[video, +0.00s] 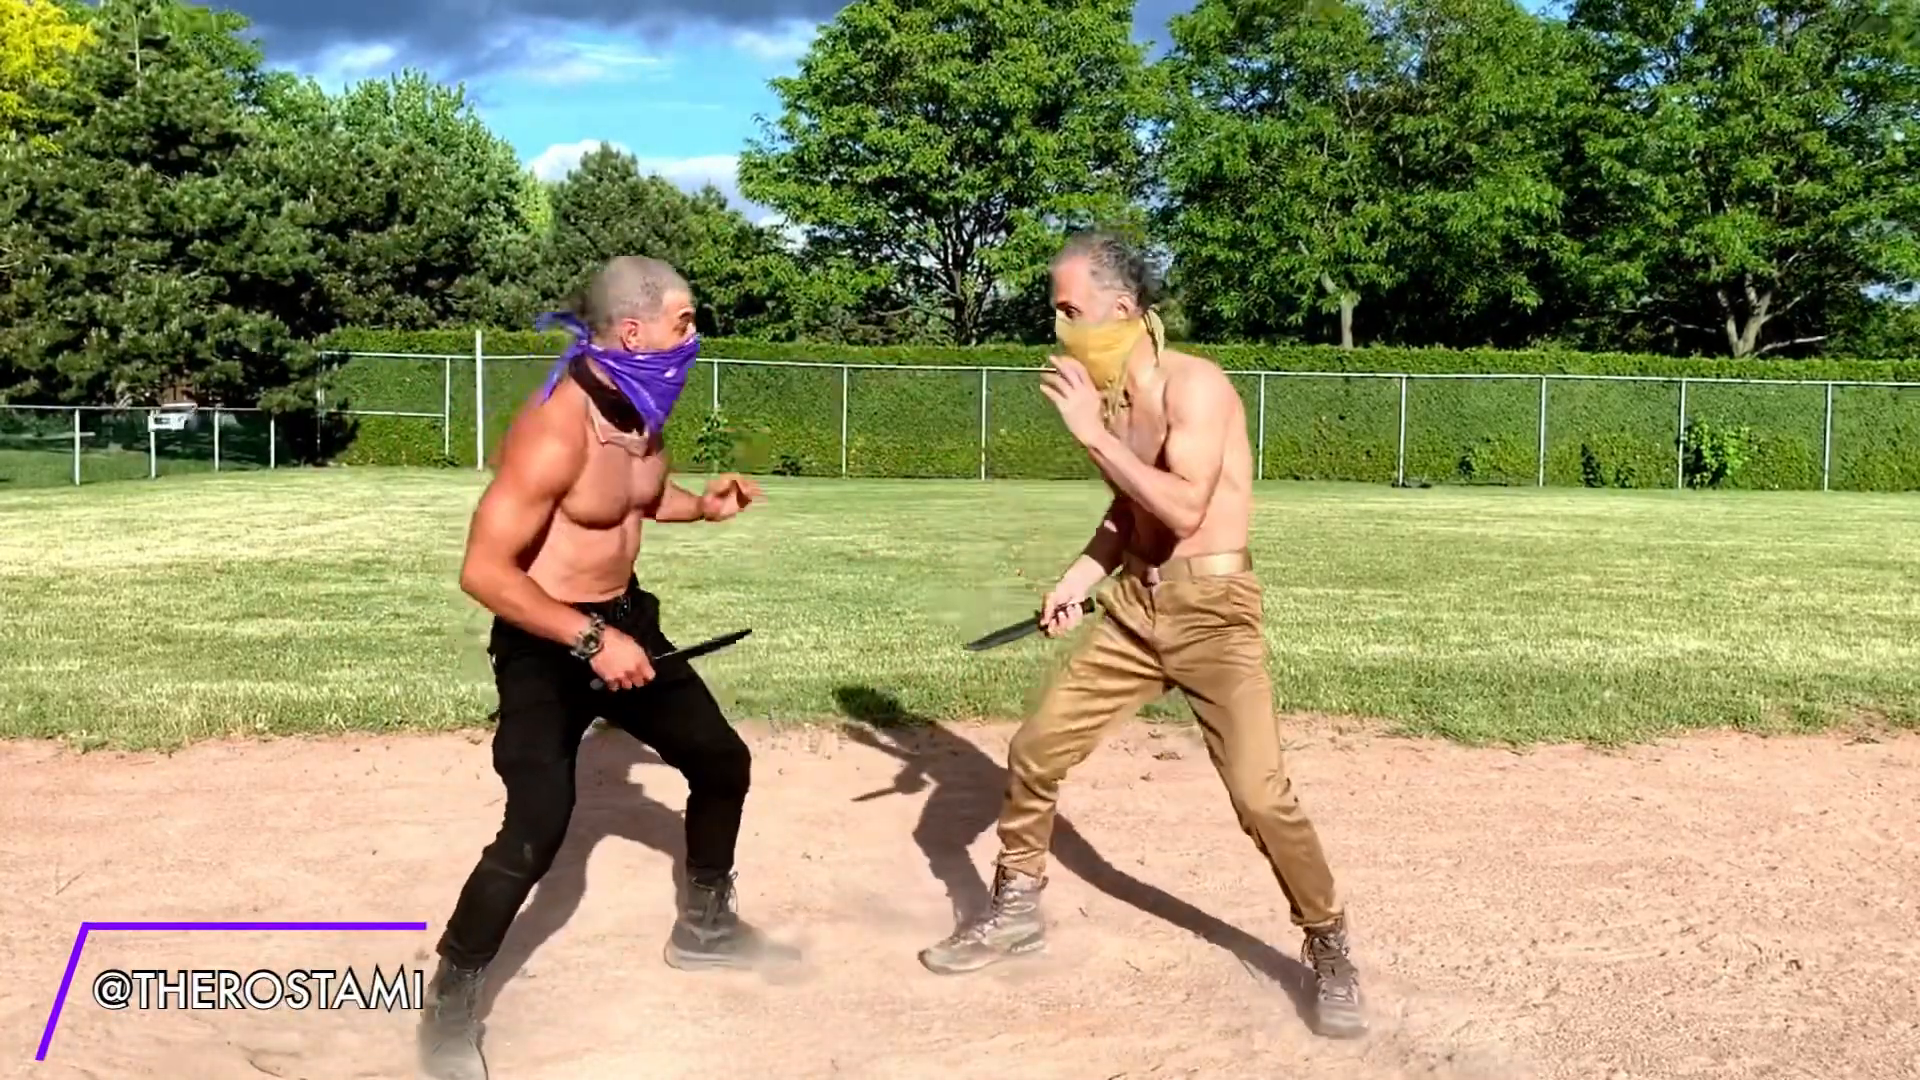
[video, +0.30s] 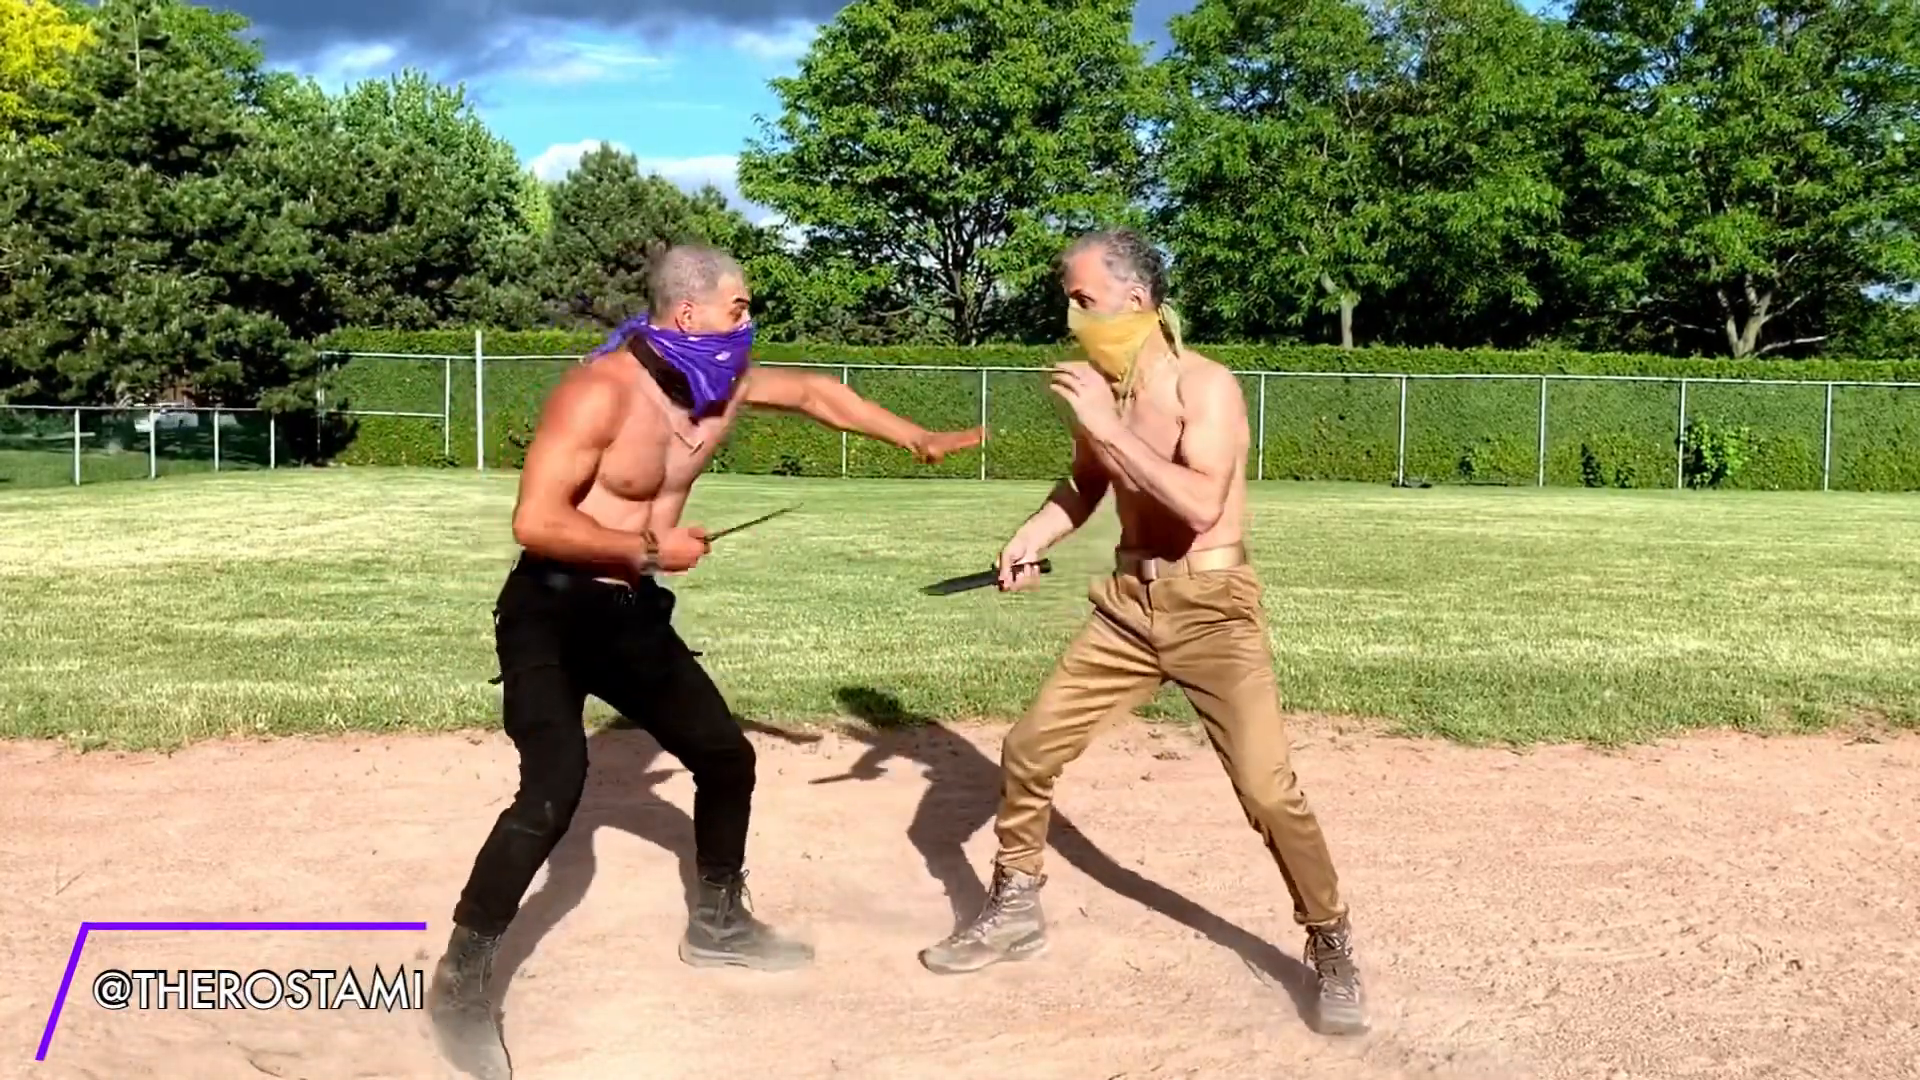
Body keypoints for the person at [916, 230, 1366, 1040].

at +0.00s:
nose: (1060, 325)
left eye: (1071, 308)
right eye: (1057, 310)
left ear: (1125, 307)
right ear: (1090, 313)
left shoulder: (1197, 385)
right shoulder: (1110, 403)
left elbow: (1185, 511)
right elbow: (1129, 512)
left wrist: (1093, 436)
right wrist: (1082, 574)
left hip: (1214, 612)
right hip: (1132, 607)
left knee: (1258, 797)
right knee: (1033, 755)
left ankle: (1330, 951)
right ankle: (1017, 911)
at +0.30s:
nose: (1076, 319)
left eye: (1086, 302)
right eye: (1071, 304)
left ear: (1139, 298)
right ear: (1098, 303)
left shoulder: (1209, 385)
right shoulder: (1104, 394)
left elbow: (1205, 504)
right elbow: (1082, 491)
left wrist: (1107, 432)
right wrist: (1030, 539)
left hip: (1215, 611)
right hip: (1127, 608)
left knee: (1267, 793)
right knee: (1028, 753)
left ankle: (1333, 952)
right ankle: (1016, 909)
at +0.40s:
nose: (1063, 319)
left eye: (1074, 304)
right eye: (1057, 305)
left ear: (1126, 301)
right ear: (1071, 305)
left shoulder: (1188, 385)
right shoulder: (1076, 395)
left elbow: (1187, 482)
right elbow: (1012, 472)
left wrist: (1095, 419)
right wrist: (928, 520)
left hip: (1210, 614)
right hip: (1133, 616)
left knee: (1257, 797)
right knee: (1041, 757)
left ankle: (1339, 941)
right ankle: (989, 909)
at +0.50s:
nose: (1045, 322)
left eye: (1058, 308)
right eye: (1044, 309)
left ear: (1111, 309)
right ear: (1078, 316)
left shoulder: (1153, 389)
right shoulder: (1099, 410)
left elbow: (1094, 432)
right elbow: (1088, 506)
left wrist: (1025, 366)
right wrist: (1020, 557)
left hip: (1191, 630)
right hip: (1119, 628)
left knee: (1245, 815)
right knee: (1009, 756)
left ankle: (1344, 948)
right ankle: (984, 913)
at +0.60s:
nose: (1038, 319)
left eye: (1046, 302)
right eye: (1036, 303)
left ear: (1094, 304)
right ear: (1092, 311)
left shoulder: (1129, 367)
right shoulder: (1114, 391)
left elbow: (1060, 333)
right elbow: (1199, 455)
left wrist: (979, 276)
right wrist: (1162, 547)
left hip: (1178, 623)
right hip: (1112, 623)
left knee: (1237, 811)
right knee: (1002, 754)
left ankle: (1348, 943)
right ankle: (985, 914)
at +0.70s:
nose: (1092, 283)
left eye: (1106, 265)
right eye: (1090, 268)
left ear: (1146, 278)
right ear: (1116, 280)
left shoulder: (1158, 354)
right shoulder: (1153, 367)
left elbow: (1137, 303)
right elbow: (1236, 424)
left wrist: (1073, 211)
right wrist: (1200, 517)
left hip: (1166, 597)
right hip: (1114, 598)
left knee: (1223, 797)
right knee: (1024, 756)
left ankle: (1339, 943)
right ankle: (988, 913)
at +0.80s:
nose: (1138, 301)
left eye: (1153, 286)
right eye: (1139, 290)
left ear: (1196, 288)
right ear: (1179, 294)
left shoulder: (1204, 353)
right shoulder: (1181, 372)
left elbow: (1202, 365)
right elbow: (1236, 474)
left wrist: (1137, 264)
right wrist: (1161, 519)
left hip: (1172, 595)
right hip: (1124, 593)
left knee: (1208, 795)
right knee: (1047, 755)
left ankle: (1330, 948)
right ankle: (995, 914)